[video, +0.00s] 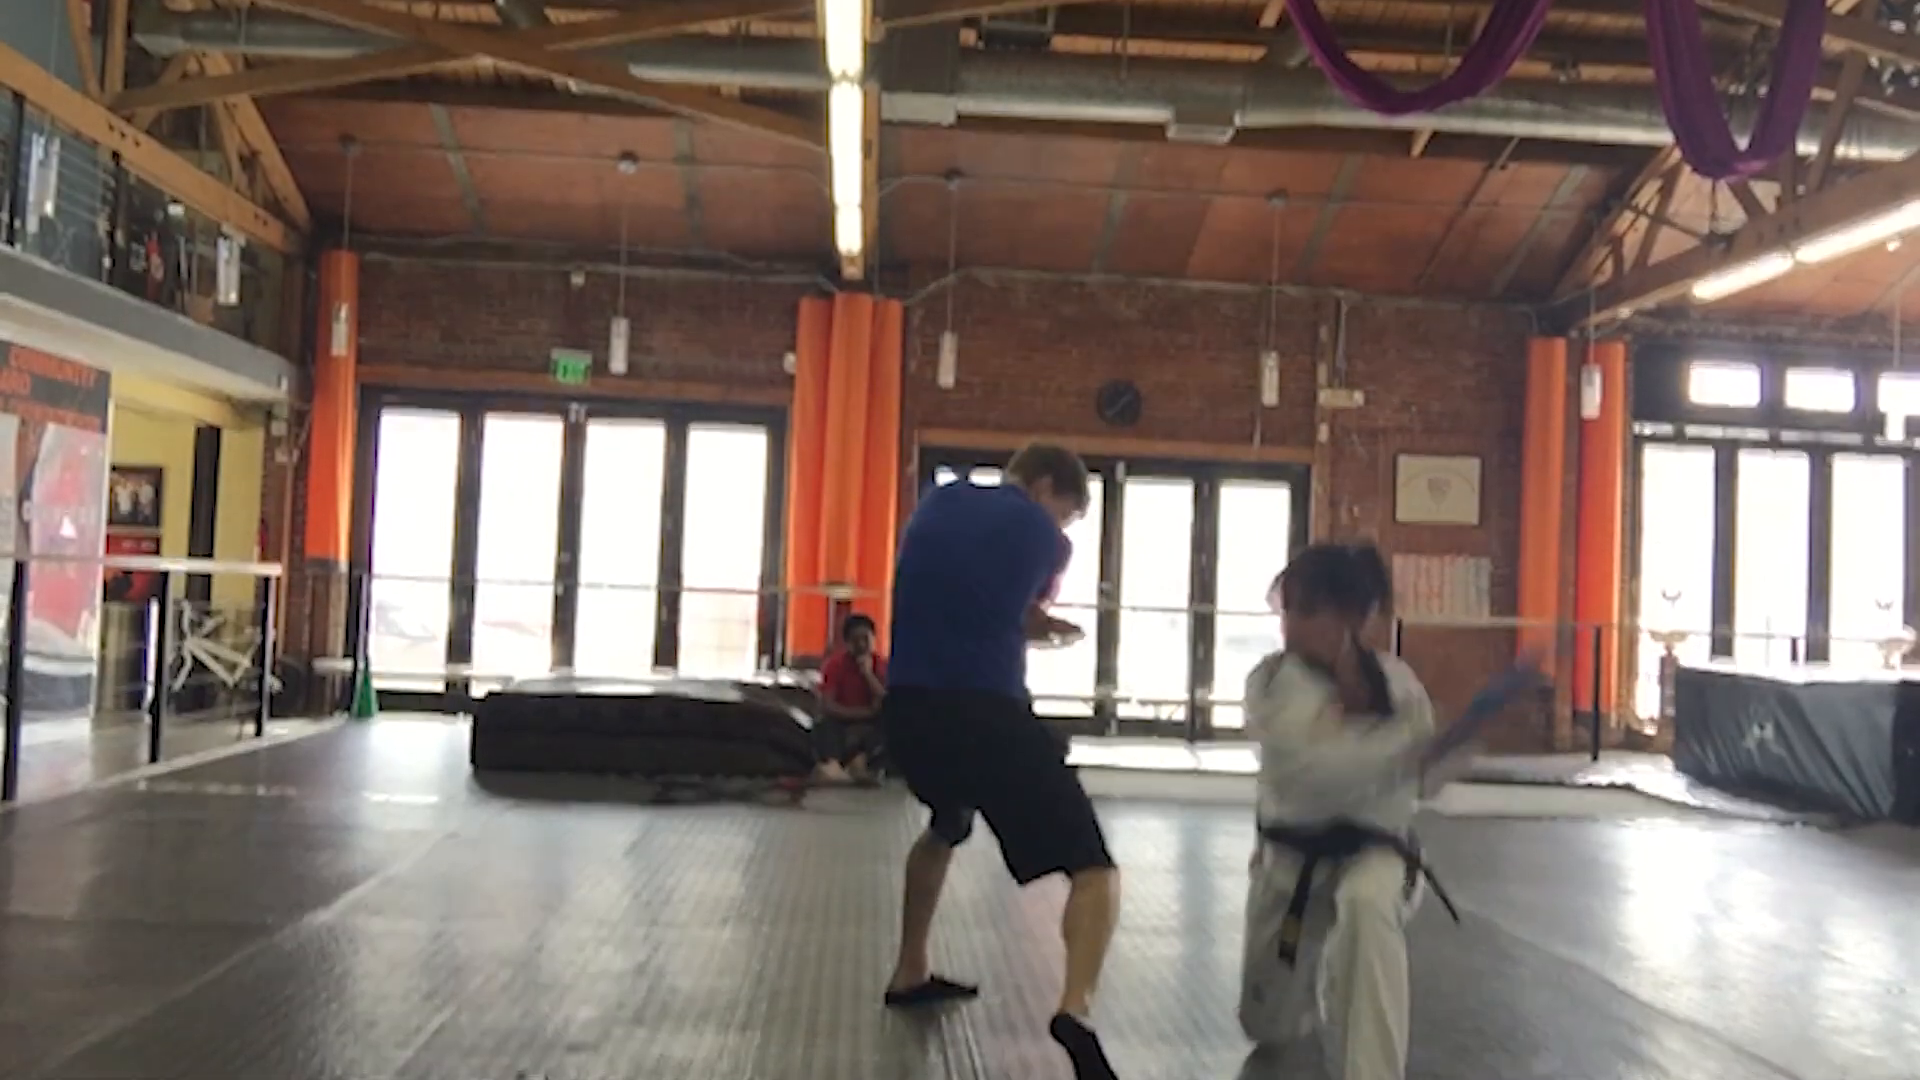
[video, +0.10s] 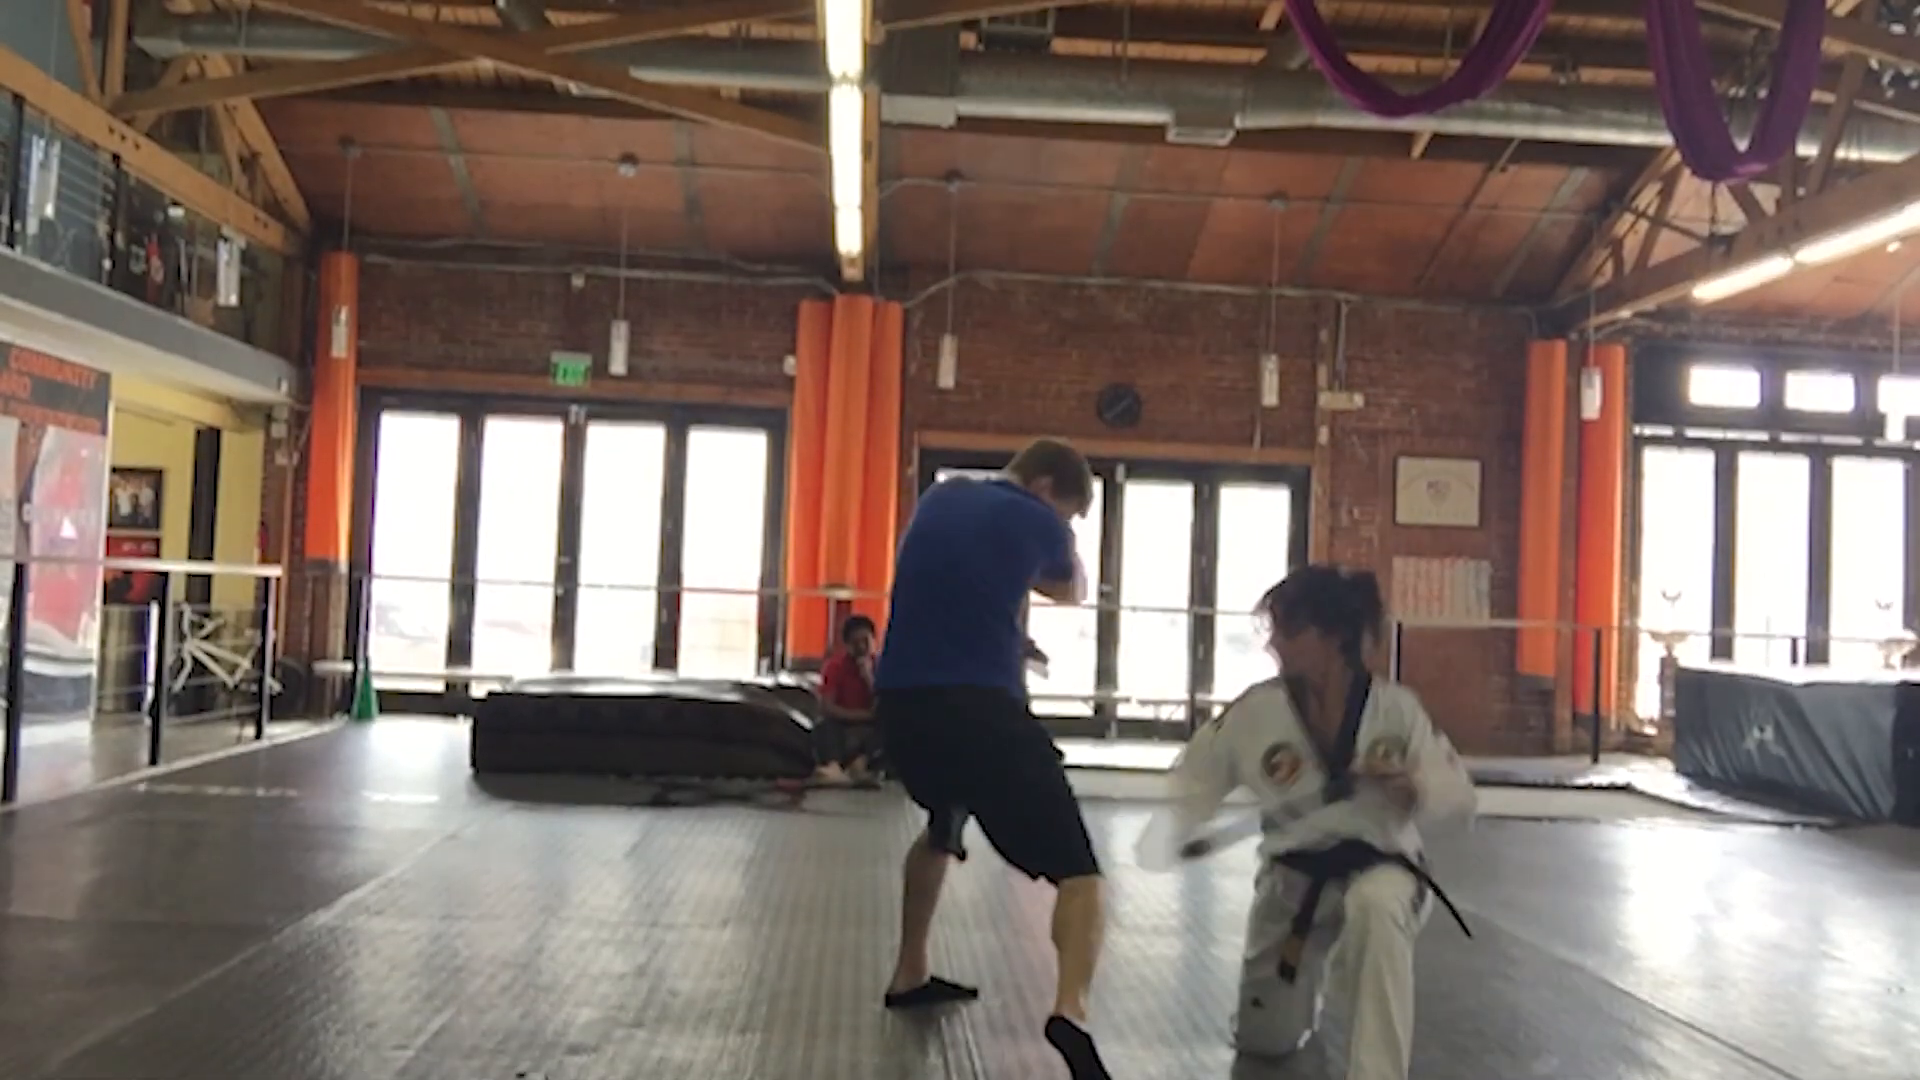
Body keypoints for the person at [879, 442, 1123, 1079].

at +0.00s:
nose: (1063, 525)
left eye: (1067, 515)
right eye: (1065, 512)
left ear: (1016, 474)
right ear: (1044, 485)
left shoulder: (937, 501)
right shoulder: (1043, 535)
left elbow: (934, 599)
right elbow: (1025, 616)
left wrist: (1030, 623)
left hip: (909, 708)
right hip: (990, 714)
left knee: (945, 823)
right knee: (1093, 868)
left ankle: (910, 974)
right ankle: (1075, 1008)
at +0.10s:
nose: (1064, 523)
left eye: (1070, 516)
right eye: (1067, 512)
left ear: (1017, 472)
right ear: (1044, 486)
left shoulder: (940, 496)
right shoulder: (1037, 519)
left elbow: (937, 586)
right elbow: (1068, 588)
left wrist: (1010, 634)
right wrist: (1004, 557)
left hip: (901, 702)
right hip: (983, 707)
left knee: (941, 826)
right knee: (1079, 871)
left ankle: (909, 976)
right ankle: (1069, 1012)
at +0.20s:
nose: (1060, 492)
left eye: (1063, 484)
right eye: (1064, 483)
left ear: (1016, 441)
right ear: (1052, 470)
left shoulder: (931, 470)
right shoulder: (1038, 514)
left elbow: (856, 529)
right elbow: (1115, 572)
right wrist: (1065, 558)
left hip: (904, 692)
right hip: (988, 695)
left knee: (931, 825)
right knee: (1065, 853)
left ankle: (909, 972)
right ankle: (1097, 991)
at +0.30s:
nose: (1070, 453)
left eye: (1071, 443)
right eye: (1071, 444)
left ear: (1001, 426)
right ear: (1054, 449)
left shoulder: (932, 462)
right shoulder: (1046, 515)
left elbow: (816, 444)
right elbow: (1143, 573)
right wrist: (1069, 594)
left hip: (914, 689)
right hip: (999, 696)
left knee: (908, 824)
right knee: (1050, 864)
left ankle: (897, 970)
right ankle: (1117, 992)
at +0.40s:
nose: (1057, 452)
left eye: (1055, 442)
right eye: (1057, 443)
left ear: (988, 433)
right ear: (1045, 450)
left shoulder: (936, 477)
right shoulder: (1056, 524)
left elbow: (822, 481)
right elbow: (1117, 597)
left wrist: (830, 554)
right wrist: (1047, 599)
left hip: (921, 703)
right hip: (1007, 711)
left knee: (905, 833)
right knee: (1057, 870)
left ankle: (897, 969)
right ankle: (1103, 998)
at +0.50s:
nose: (1066, 474)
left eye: (1068, 462)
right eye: (1067, 462)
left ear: (1000, 448)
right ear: (1048, 459)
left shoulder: (938, 502)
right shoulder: (1059, 537)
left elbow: (865, 596)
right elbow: (1049, 621)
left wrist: (921, 633)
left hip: (927, 712)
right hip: (1012, 726)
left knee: (914, 828)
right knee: (1055, 886)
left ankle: (899, 969)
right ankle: (1070, 1017)